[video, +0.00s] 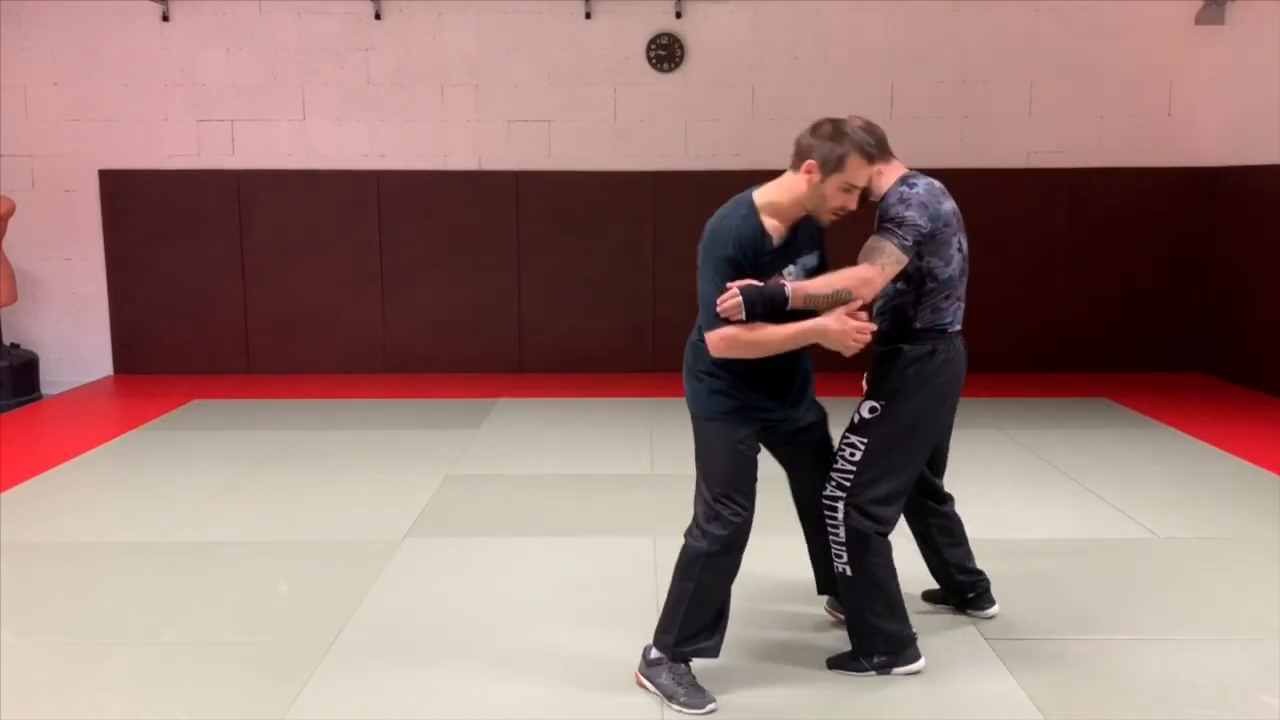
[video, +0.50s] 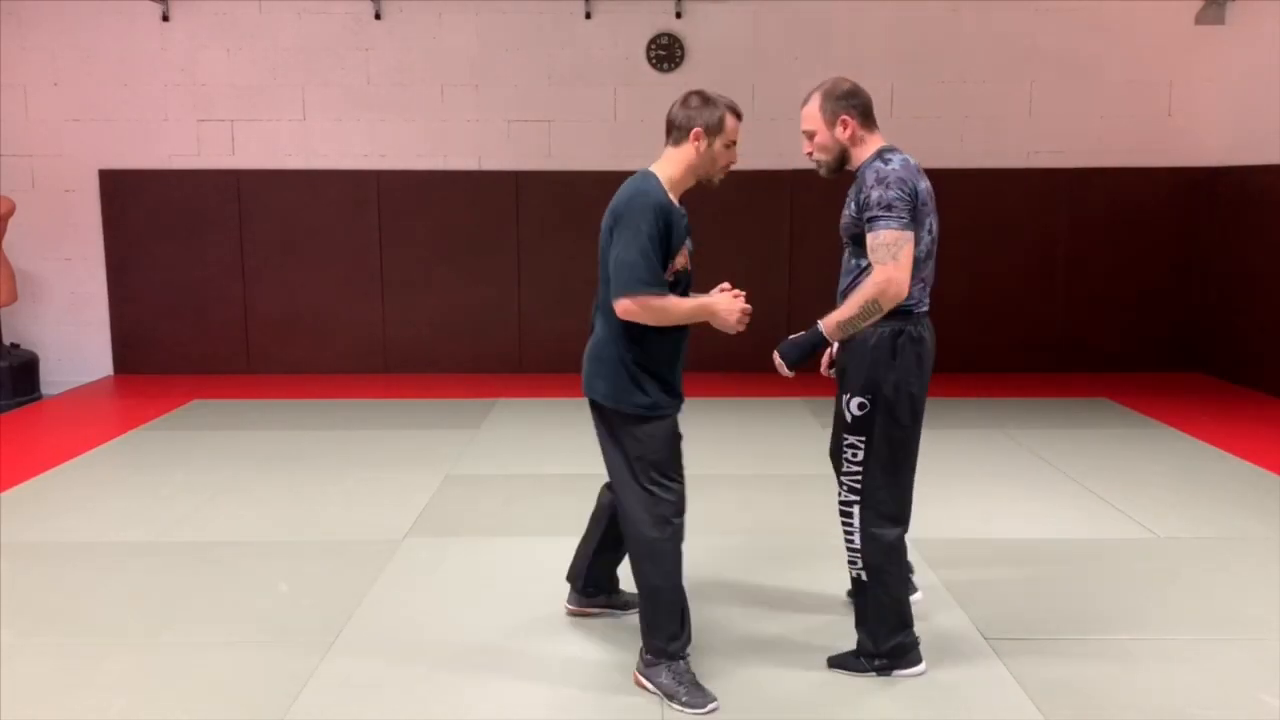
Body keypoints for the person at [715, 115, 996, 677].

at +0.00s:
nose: (845, 192)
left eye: (843, 179)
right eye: (838, 180)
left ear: (857, 163)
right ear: (885, 149)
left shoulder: (911, 202)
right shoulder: (920, 193)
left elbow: (865, 281)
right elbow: (881, 286)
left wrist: (771, 296)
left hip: (915, 366)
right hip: (933, 361)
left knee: (847, 500)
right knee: (920, 484)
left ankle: (886, 646)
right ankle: (967, 587)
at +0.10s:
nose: (828, 178)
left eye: (832, 165)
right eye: (825, 167)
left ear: (860, 155)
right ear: (870, 155)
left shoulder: (902, 199)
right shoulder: (920, 190)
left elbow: (875, 289)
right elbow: (889, 293)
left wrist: (786, 309)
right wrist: (812, 316)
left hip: (909, 363)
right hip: (932, 358)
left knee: (846, 504)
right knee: (921, 485)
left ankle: (888, 648)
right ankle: (965, 586)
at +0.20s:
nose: (821, 170)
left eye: (825, 157)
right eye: (818, 159)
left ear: (859, 146)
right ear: (864, 146)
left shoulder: (899, 196)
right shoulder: (912, 186)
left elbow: (887, 295)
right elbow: (885, 291)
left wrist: (796, 313)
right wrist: (809, 304)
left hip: (903, 361)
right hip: (926, 355)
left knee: (849, 503)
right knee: (915, 482)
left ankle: (888, 648)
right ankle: (959, 582)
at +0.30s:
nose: (818, 157)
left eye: (822, 144)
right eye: (816, 146)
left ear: (857, 136)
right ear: (860, 136)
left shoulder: (896, 188)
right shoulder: (895, 182)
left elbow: (897, 290)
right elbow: (902, 289)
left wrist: (803, 319)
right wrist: (863, 346)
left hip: (897, 357)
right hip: (908, 351)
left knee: (857, 504)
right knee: (894, 476)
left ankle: (887, 647)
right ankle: (943, 570)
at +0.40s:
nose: (813, 149)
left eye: (818, 136)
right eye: (811, 137)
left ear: (853, 129)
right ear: (857, 129)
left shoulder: (890, 182)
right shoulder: (888, 177)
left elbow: (896, 285)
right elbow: (895, 280)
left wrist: (804, 330)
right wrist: (853, 339)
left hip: (892, 350)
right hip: (899, 345)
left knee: (861, 501)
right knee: (885, 476)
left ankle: (887, 647)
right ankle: (917, 564)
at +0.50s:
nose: (807, 146)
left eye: (812, 133)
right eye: (806, 134)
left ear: (848, 126)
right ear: (850, 127)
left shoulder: (884, 179)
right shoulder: (879, 174)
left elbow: (890, 281)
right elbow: (883, 278)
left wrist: (810, 336)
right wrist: (840, 338)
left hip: (886, 346)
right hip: (882, 343)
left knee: (865, 491)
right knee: (868, 481)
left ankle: (888, 645)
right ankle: (888, 584)